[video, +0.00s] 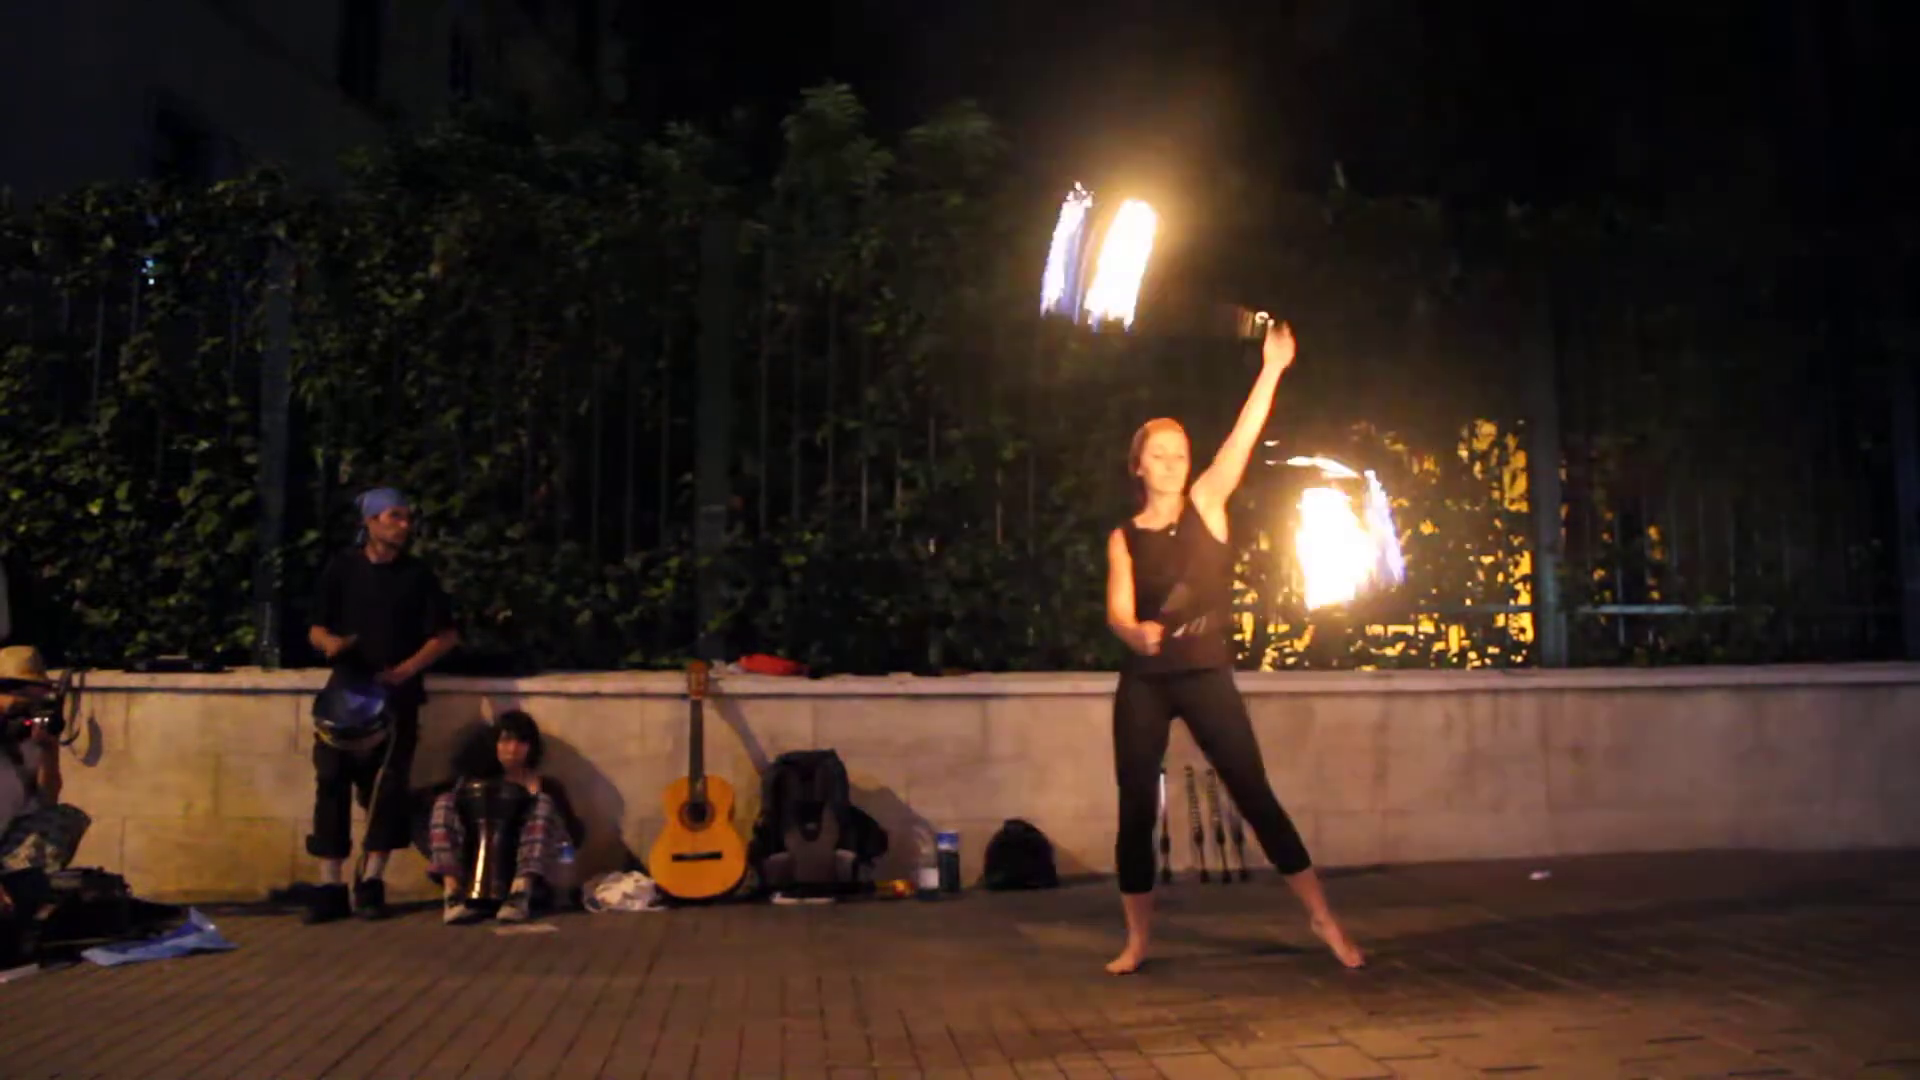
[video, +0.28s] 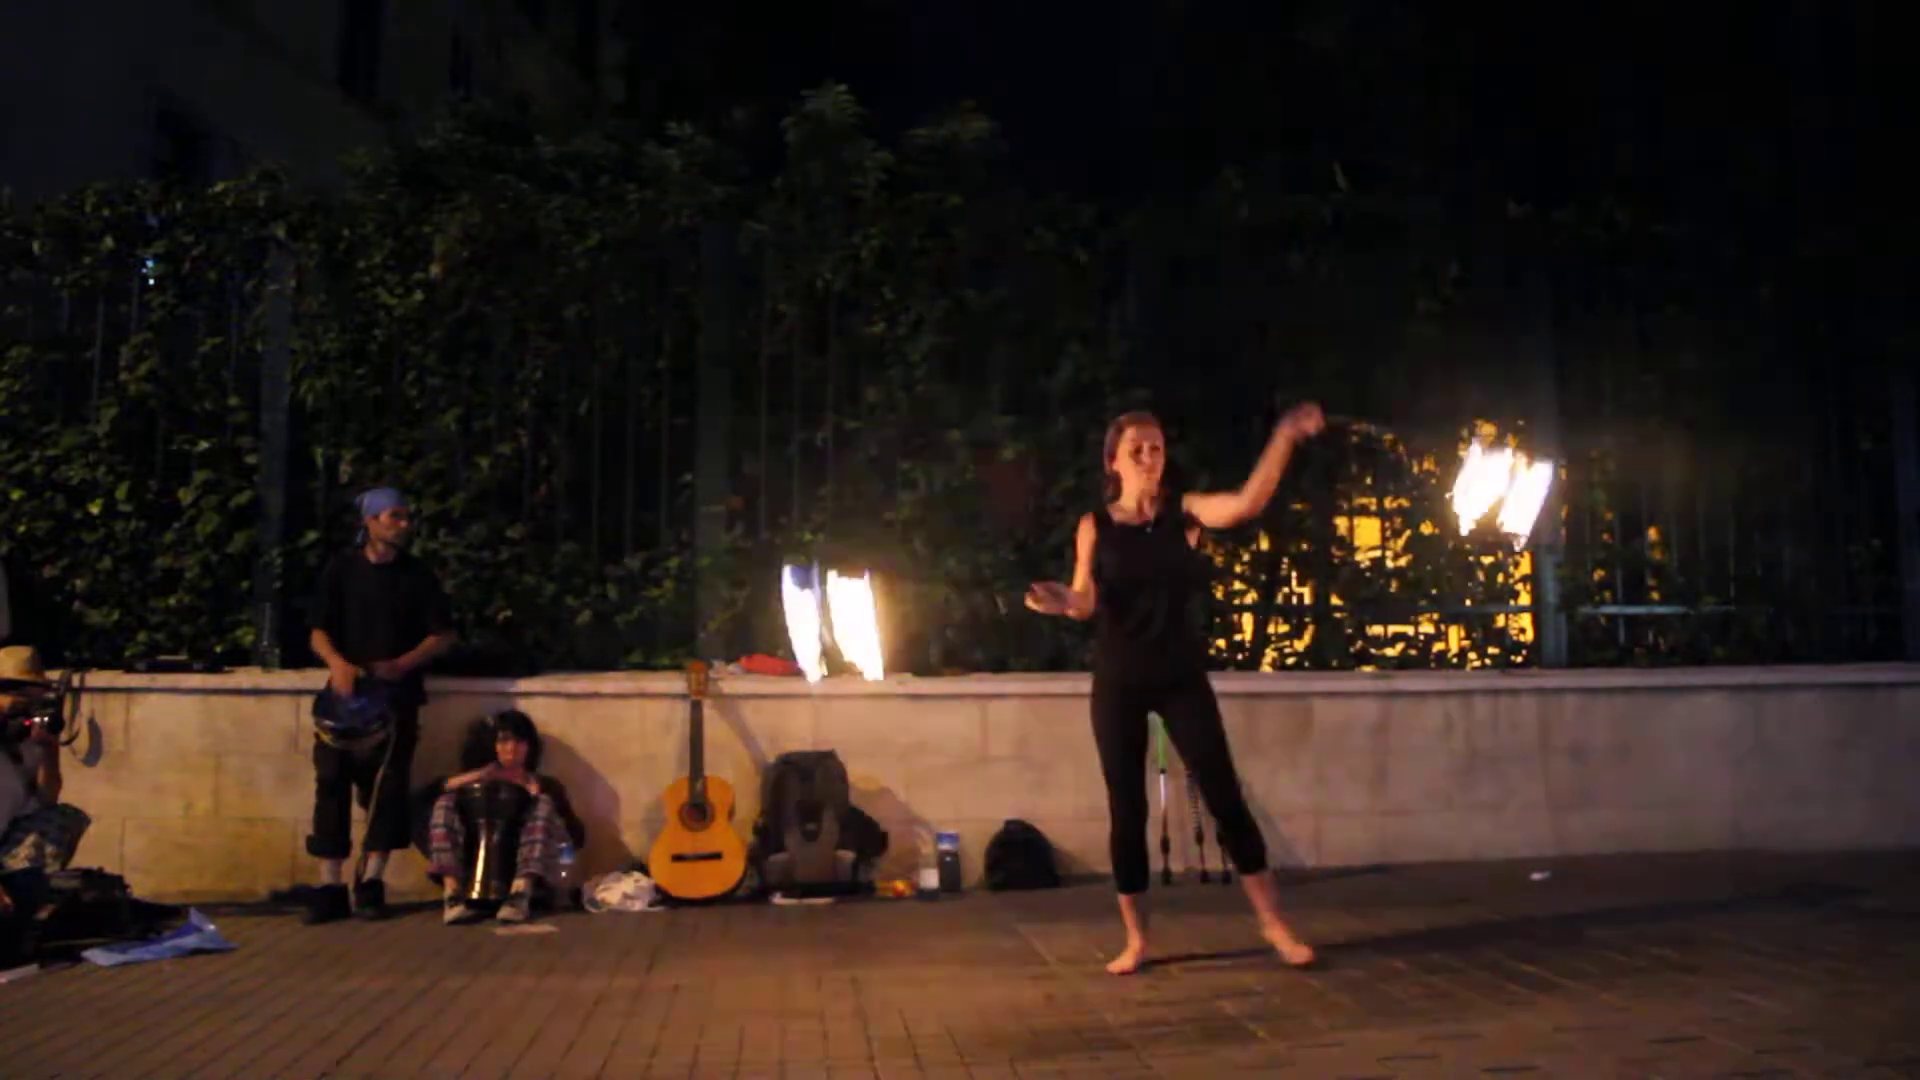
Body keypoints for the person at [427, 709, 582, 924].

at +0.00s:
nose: (512, 748)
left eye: (520, 742)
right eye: (505, 740)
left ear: (530, 748)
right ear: (495, 745)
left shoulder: (548, 786)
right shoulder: (479, 784)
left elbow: (574, 837)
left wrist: (538, 798)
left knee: (543, 805)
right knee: (444, 804)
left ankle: (521, 891)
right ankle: (452, 892)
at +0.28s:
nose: (511, 748)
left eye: (518, 741)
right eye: (504, 741)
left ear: (529, 747)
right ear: (494, 746)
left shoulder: (547, 785)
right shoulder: (477, 783)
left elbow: (576, 838)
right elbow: (423, 797)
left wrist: (541, 797)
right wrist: (477, 777)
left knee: (543, 805)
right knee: (445, 804)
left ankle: (521, 891)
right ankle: (452, 892)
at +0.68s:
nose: (517, 749)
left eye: (525, 743)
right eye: (511, 741)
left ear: (535, 750)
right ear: (500, 746)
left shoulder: (547, 786)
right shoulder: (486, 783)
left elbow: (576, 839)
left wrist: (545, 798)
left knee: (543, 807)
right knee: (445, 804)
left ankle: (521, 892)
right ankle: (452, 893)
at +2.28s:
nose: (518, 749)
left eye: (526, 743)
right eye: (512, 741)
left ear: (535, 750)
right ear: (500, 746)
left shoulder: (548, 790)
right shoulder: (481, 785)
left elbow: (564, 840)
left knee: (542, 806)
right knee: (444, 804)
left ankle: (521, 893)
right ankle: (451, 894)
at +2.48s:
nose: (512, 748)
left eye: (519, 741)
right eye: (507, 740)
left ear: (533, 748)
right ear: (500, 745)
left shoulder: (537, 780)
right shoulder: (484, 773)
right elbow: (451, 778)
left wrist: (541, 798)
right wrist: (488, 757)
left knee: (542, 807)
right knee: (445, 804)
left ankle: (521, 893)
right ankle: (451, 893)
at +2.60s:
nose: (515, 748)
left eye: (523, 741)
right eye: (508, 741)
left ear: (536, 749)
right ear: (495, 746)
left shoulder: (548, 789)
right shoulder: (478, 781)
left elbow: (573, 838)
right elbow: (434, 781)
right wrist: (471, 753)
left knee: (543, 807)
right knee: (445, 805)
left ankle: (520, 894)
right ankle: (451, 894)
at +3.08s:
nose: (518, 749)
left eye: (525, 742)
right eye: (511, 742)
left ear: (535, 749)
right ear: (497, 748)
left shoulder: (547, 790)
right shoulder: (482, 790)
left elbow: (566, 840)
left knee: (542, 807)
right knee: (444, 805)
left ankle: (521, 893)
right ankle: (451, 893)